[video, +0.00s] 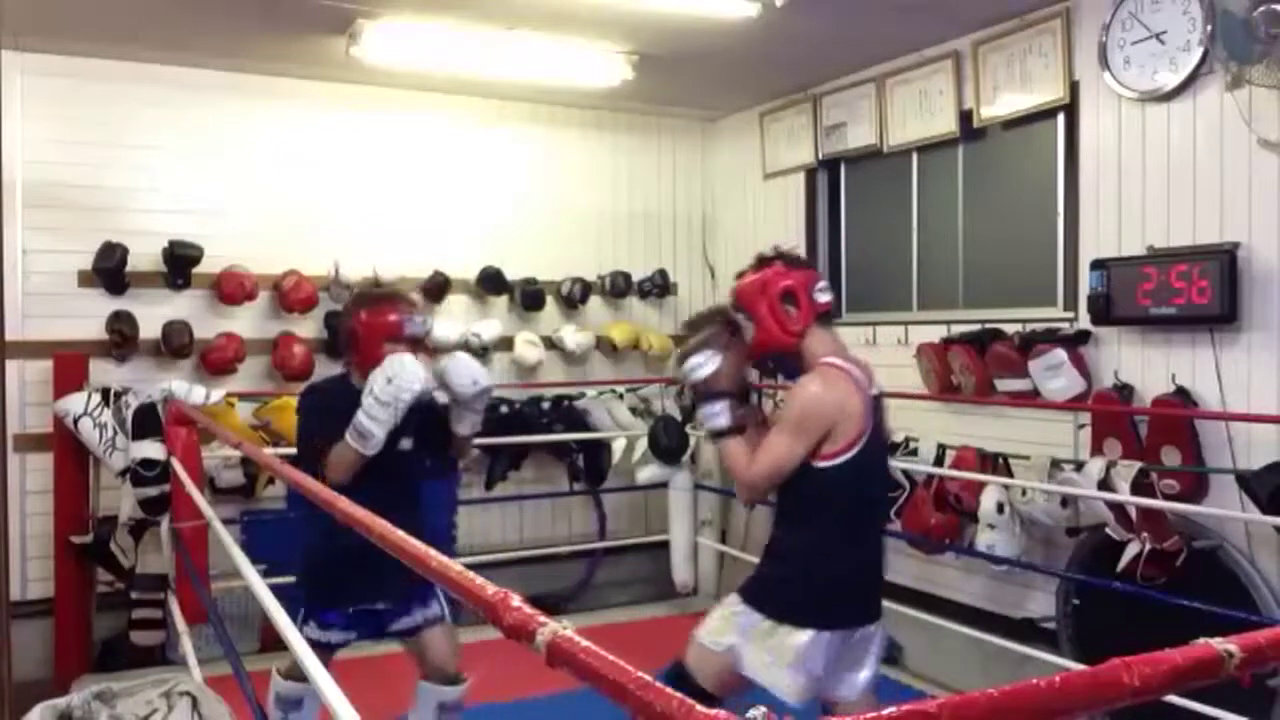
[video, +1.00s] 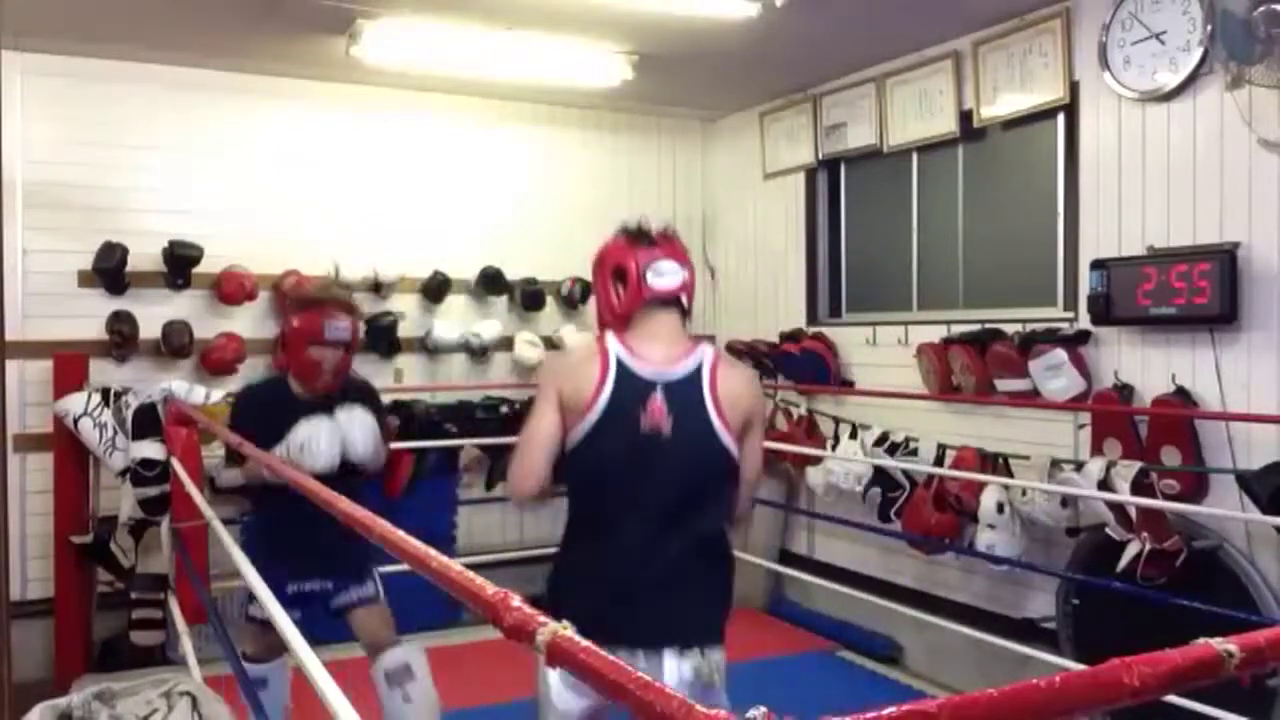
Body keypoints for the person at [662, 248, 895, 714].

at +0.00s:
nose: (752, 337)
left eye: (753, 324)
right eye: (748, 326)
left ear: (787, 313)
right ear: (801, 309)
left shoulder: (820, 389)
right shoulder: (855, 375)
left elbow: (751, 481)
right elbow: (775, 460)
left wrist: (720, 402)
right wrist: (740, 395)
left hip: (794, 596)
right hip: (856, 596)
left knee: (684, 690)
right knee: (850, 710)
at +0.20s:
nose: (669, 314)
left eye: (674, 300)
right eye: (669, 300)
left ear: (701, 300)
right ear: (734, 299)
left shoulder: (690, 371)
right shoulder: (793, 368)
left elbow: (611, 433)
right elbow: (809, 431)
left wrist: (574, 395)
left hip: (707, 579)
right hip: (786, 575)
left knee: (622, 666)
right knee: (831, 700)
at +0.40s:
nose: (575, 328)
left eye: (577, 317)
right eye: (575, 317)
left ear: (592, 317)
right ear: (651, 317)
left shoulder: (565, 374)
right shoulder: (702, 379)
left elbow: (478, 369)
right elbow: (712, 453)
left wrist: (463, 328)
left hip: (613, 590)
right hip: (700, 588)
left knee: (565, 705)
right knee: (793, 704)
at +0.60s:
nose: (566, 327)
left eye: (570, 315)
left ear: (583, 317)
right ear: (646, 321)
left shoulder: (552, 388)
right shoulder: (691, 391)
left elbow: (503, 494)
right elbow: (686, 463)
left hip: (575, 621)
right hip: (669, 618)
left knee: (547, 707)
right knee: (705, 711)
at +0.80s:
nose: (593, 285)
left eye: (598, 273)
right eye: (596, 274)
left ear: (611, 275)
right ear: (678, 279)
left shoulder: (576, 348)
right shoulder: (723, 366)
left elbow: (518, 455)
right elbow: (719, 461)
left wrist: (576, 431)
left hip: (585, 598)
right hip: (679, 599)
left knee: (566, 710)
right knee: (690, 712)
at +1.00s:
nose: (596, 301)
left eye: (600, 288)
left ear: (615, 289)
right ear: (687, 290)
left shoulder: (572, 368)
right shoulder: (738, 382)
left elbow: (524, 485)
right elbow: (739, 504)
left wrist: (585, 462)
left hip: (584, 623)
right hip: (690, 628)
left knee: (569, 709)